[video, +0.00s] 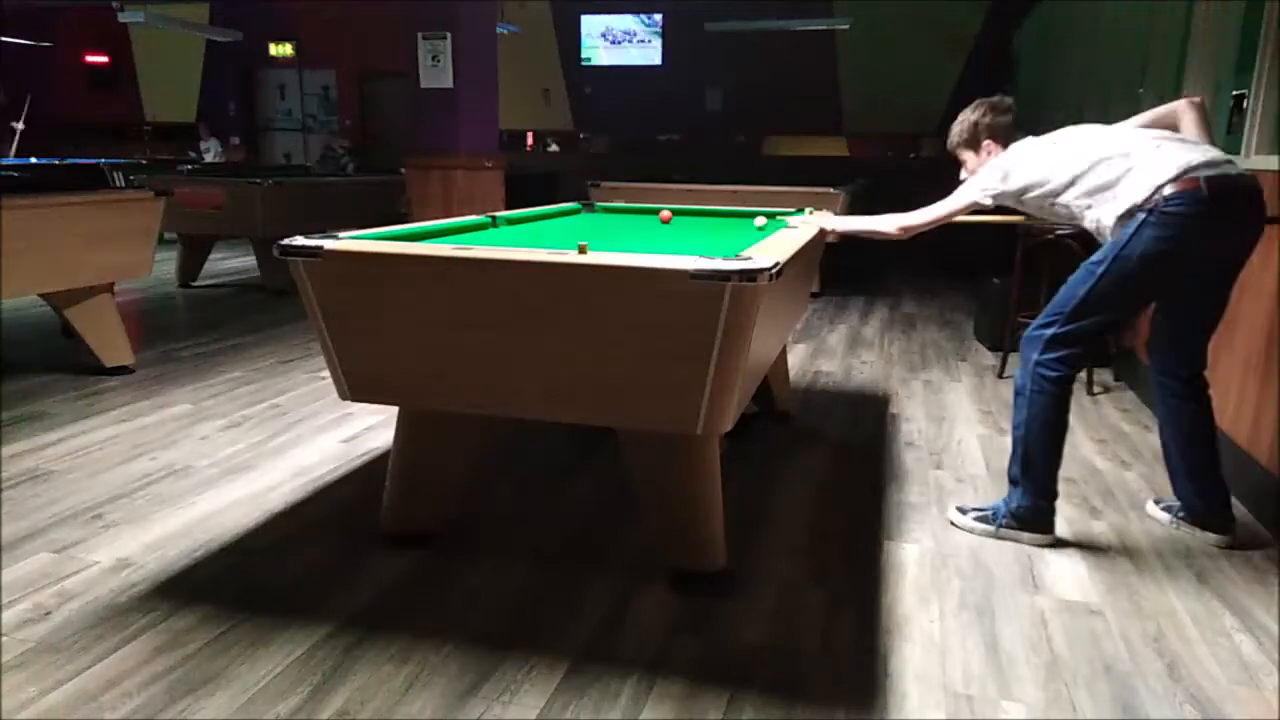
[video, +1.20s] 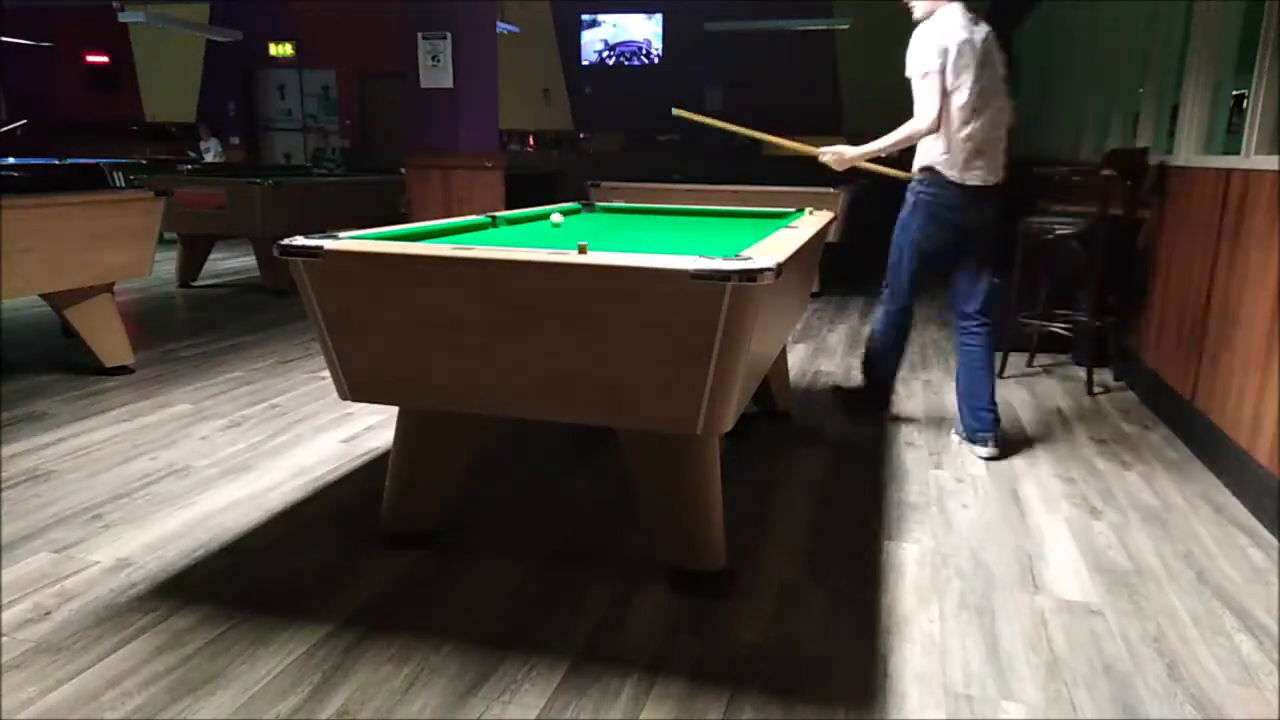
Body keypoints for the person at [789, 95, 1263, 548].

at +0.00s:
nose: (967, 179)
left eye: (967, 168)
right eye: (964, 170)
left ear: (990, 148)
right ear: (1009, 137)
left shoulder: (1005, 168)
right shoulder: (1096, 137)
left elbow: (906, 226)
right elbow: (1185, 107)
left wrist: (839, 225)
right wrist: (1210, 176)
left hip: (1176, 206)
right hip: (1239, 199)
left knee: (1045, 346)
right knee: (1176, 360)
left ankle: (1026, 510)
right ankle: (1207, 509)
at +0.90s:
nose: (959, 190)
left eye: (958, 178)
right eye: (956, 181)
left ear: (979, 161)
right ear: (1004, 149)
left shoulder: (1001, 174)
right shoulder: (1082, 143)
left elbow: (899, 240)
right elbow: (1166, 97)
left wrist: (834, 224)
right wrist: (1142, 167)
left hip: (1173, 202)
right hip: (1233, 196)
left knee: (1041, 345)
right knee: (1176, 359)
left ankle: (1026, 509)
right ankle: (1207, 509)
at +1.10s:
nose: (933, 14)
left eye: (938, 5)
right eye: (935, 6)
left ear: (964, 4)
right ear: (990, 6)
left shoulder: (948, 45)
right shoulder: (1045, 30)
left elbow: (881, 140)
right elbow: (1135, 65)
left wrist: (831, 202)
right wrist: (1135, 144)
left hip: (1033, 192)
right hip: (1089, 184)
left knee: (1006, 351)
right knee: (1040, 329)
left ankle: (1026, 504)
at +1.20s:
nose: (907, 4)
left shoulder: (928, 35)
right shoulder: (985, 34)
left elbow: (927, 119)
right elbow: (1003, 115)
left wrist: (857, 153)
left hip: (936, 191)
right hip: (984, 194)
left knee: (896, 298)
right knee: (973, 316)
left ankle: (874, 393)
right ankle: (981, 431)